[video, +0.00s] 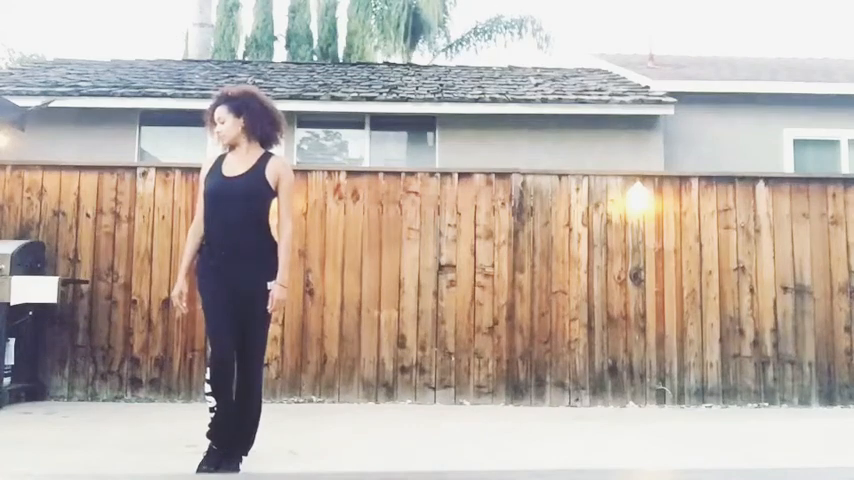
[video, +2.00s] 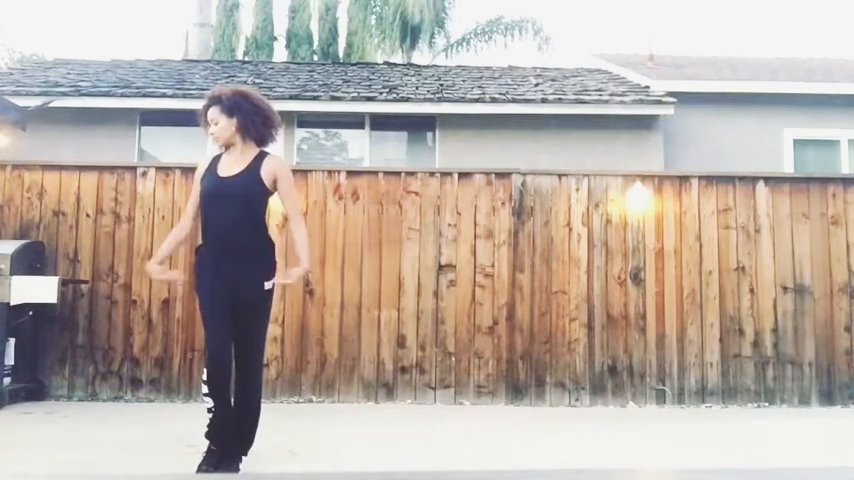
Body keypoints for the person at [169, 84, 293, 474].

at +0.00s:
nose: (215, 129)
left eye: (221, 121)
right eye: (213, 122)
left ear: (245, 119)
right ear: (220, 125)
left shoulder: (276, 164)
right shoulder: (214, 164)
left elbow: (286, 226)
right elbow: (199, 223)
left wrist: (281, 279)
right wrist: (182, 275)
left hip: (256, 273)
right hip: (214, 270)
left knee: (249, 361)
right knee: (221, 355)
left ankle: (237, 449)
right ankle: (220, 443)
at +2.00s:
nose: (209, 130)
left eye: (215, 122)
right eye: (207, 124)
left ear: (238, 120)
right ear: (217, 125)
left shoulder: (272, 163)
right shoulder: (210, 165)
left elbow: (294, 217)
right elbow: (188, 220)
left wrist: (303, 264)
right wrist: (157, 257)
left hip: (255, 273)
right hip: (212, 270)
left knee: (248, 360)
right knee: (217, 355)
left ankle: (237, 449)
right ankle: (218, 445)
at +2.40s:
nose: (211, 131)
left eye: (217, 123)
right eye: (209, 124)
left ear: (241, 121)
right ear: (223, 126)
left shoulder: (273, 165)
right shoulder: (212, 165)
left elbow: (294, 218)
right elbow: (179, 217)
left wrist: (317, 266)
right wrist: (146, 268)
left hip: (257, 273)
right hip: (214, 271)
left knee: (249, 361)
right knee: (219, 356)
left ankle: (238, 449)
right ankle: (219, 445)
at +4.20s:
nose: (239, 122)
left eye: (246, 115)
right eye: (233, 116)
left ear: (260, 122)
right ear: (224, 123)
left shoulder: (275, 156)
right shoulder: (217, 157)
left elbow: (279, 87)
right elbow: (195, 96)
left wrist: (236, 83)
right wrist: (228, 83)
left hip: (250, 269)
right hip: (209, 264)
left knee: (218, 360)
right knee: (202, 362)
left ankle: (222, 450)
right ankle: (216, 448)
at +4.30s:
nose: (244, 122)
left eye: (251, 116)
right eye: (238, 116)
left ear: (264, 122)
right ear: (229, 124)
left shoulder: (279, 155)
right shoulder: (220, 157)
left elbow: (282, 87)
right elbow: (198, 97)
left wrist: (236, 82)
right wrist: (227, 85)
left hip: (258, 272)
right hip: (216, 267)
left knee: (226, 353)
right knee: (204, 357)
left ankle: (231, 443)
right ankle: (213, 447)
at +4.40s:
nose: (254, 122)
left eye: (261, 116)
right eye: (247, 116)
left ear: (273, 123)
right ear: (236, 123)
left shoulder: (284, 156)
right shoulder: (226, 156)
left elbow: (288, 88)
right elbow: (204, 97)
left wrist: (243, 84)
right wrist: (234, 86)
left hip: (269, 273)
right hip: (226, 269)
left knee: (253, 360)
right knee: (210, 361)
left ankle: (275, 445)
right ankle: (212, 451)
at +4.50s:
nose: (265, 121)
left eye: (272, 116)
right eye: (258, 115)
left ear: (283, 123)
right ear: (246, 123)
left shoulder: (291, 158)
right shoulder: (235, 158)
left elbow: (297, 89)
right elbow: (213, 97)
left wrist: (252, 84)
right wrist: (242, 89)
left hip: (286, 274)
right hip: (241, 274)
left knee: (302, 363)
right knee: (221, 362)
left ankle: (336, 450)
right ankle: (213, 449)